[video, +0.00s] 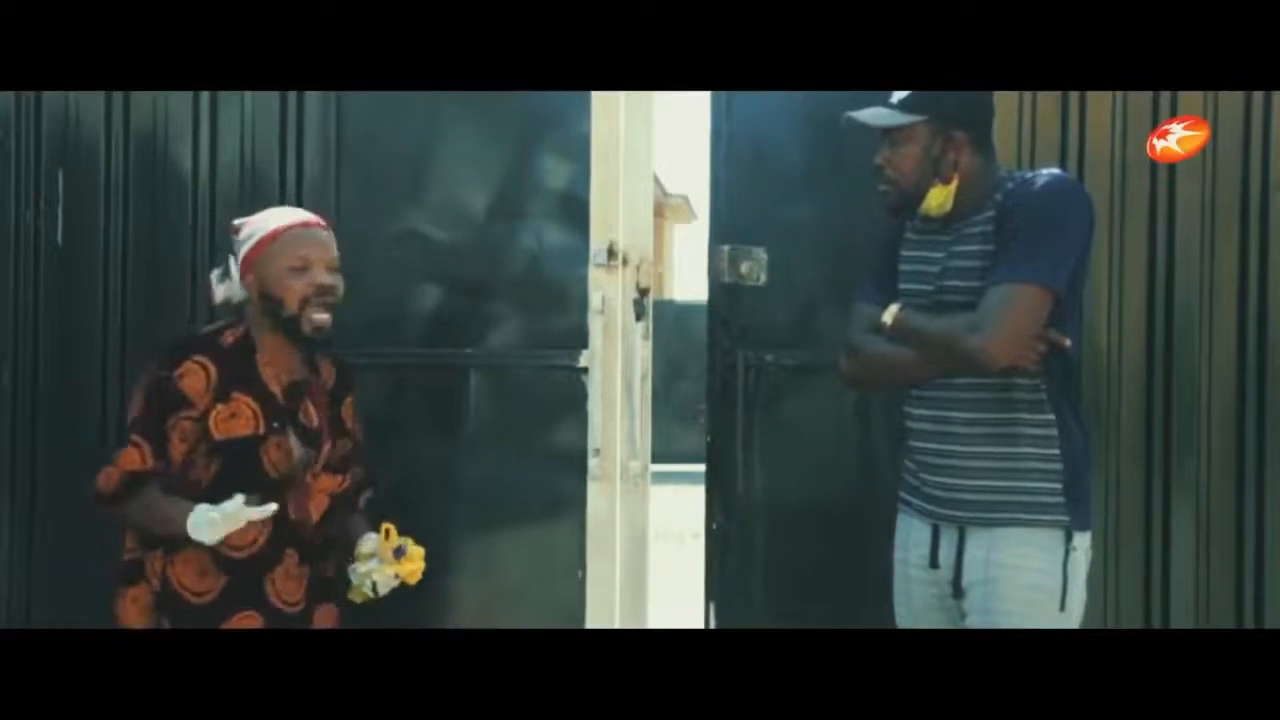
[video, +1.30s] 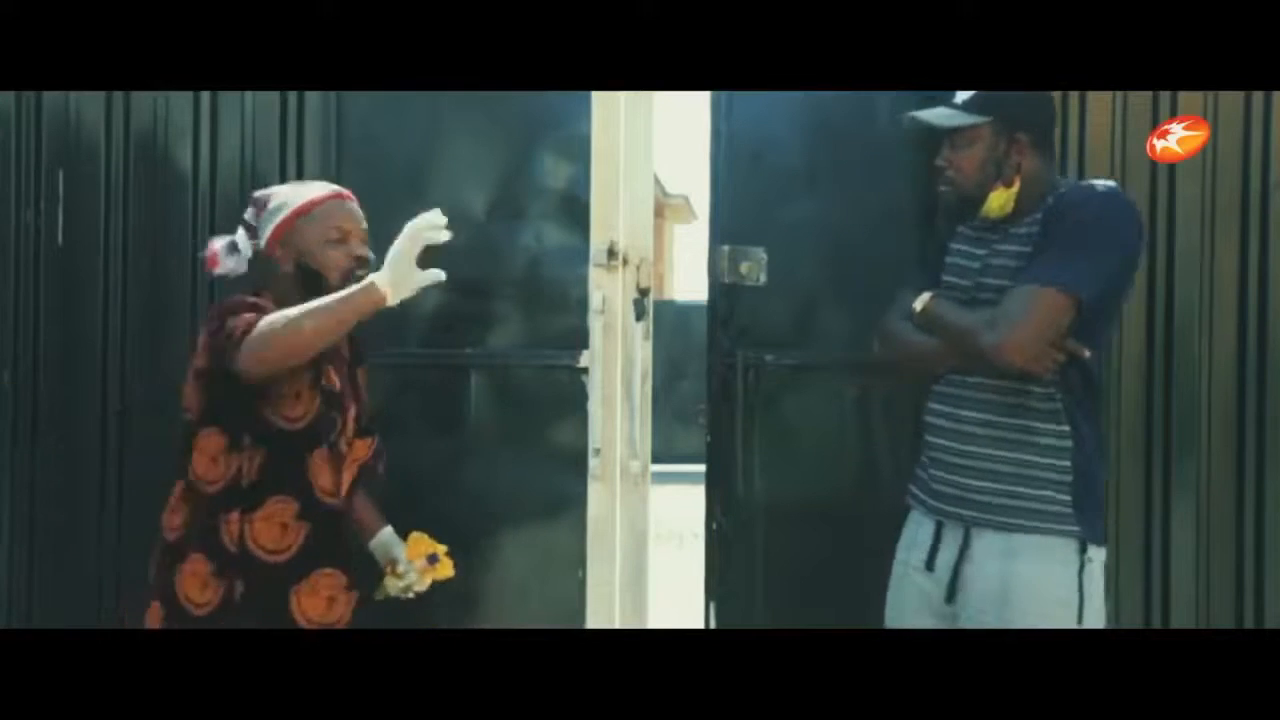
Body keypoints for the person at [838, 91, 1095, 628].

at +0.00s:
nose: (878, 161)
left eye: (896, 143)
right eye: (880, 143)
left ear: (954, 146)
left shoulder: (1048, 198)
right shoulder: (903, 223)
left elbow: (995, 345)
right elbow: (855, 362)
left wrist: (894, 318)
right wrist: (984, 343)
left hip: (1026, 523)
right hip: (922, 513)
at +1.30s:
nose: (941, 159)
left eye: (959, 142)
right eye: (943, 143)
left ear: (1016, 149)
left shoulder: (1097, 210)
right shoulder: (969, 230)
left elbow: (1012, 343)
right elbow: (891, 341)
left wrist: (925, 304)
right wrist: (1001, 342)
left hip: (1038, 536)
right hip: (933, 518)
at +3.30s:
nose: (991, 154)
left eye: (1008, 137)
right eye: (990, 138)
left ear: (1067, 138)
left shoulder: (1163, 190)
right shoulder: (1005, 216)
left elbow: (1095, 330)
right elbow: (941, 342)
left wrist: (985, 300)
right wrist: (1071, 330)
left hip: (1120, 527)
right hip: (1001, 516)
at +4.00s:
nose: (987, 156)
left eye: (1004, 139)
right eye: (986, 139)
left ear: (1063, 140)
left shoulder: (1160, 189)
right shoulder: (1005, 215)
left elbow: (1093, 328)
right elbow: (941, 343)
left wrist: (983, 300)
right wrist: (1071, 331)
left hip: (1121, 528)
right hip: (1003, 516)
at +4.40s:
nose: (984, 159)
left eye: (1001, 139)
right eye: (983, 140)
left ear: (1060, 140)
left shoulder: (1159, 189)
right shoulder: (1001, 217)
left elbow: (1095, 329)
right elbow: (942, 344)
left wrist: (985, 301)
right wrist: (1070, 327)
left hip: (1121, 528)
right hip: (1003, 517)